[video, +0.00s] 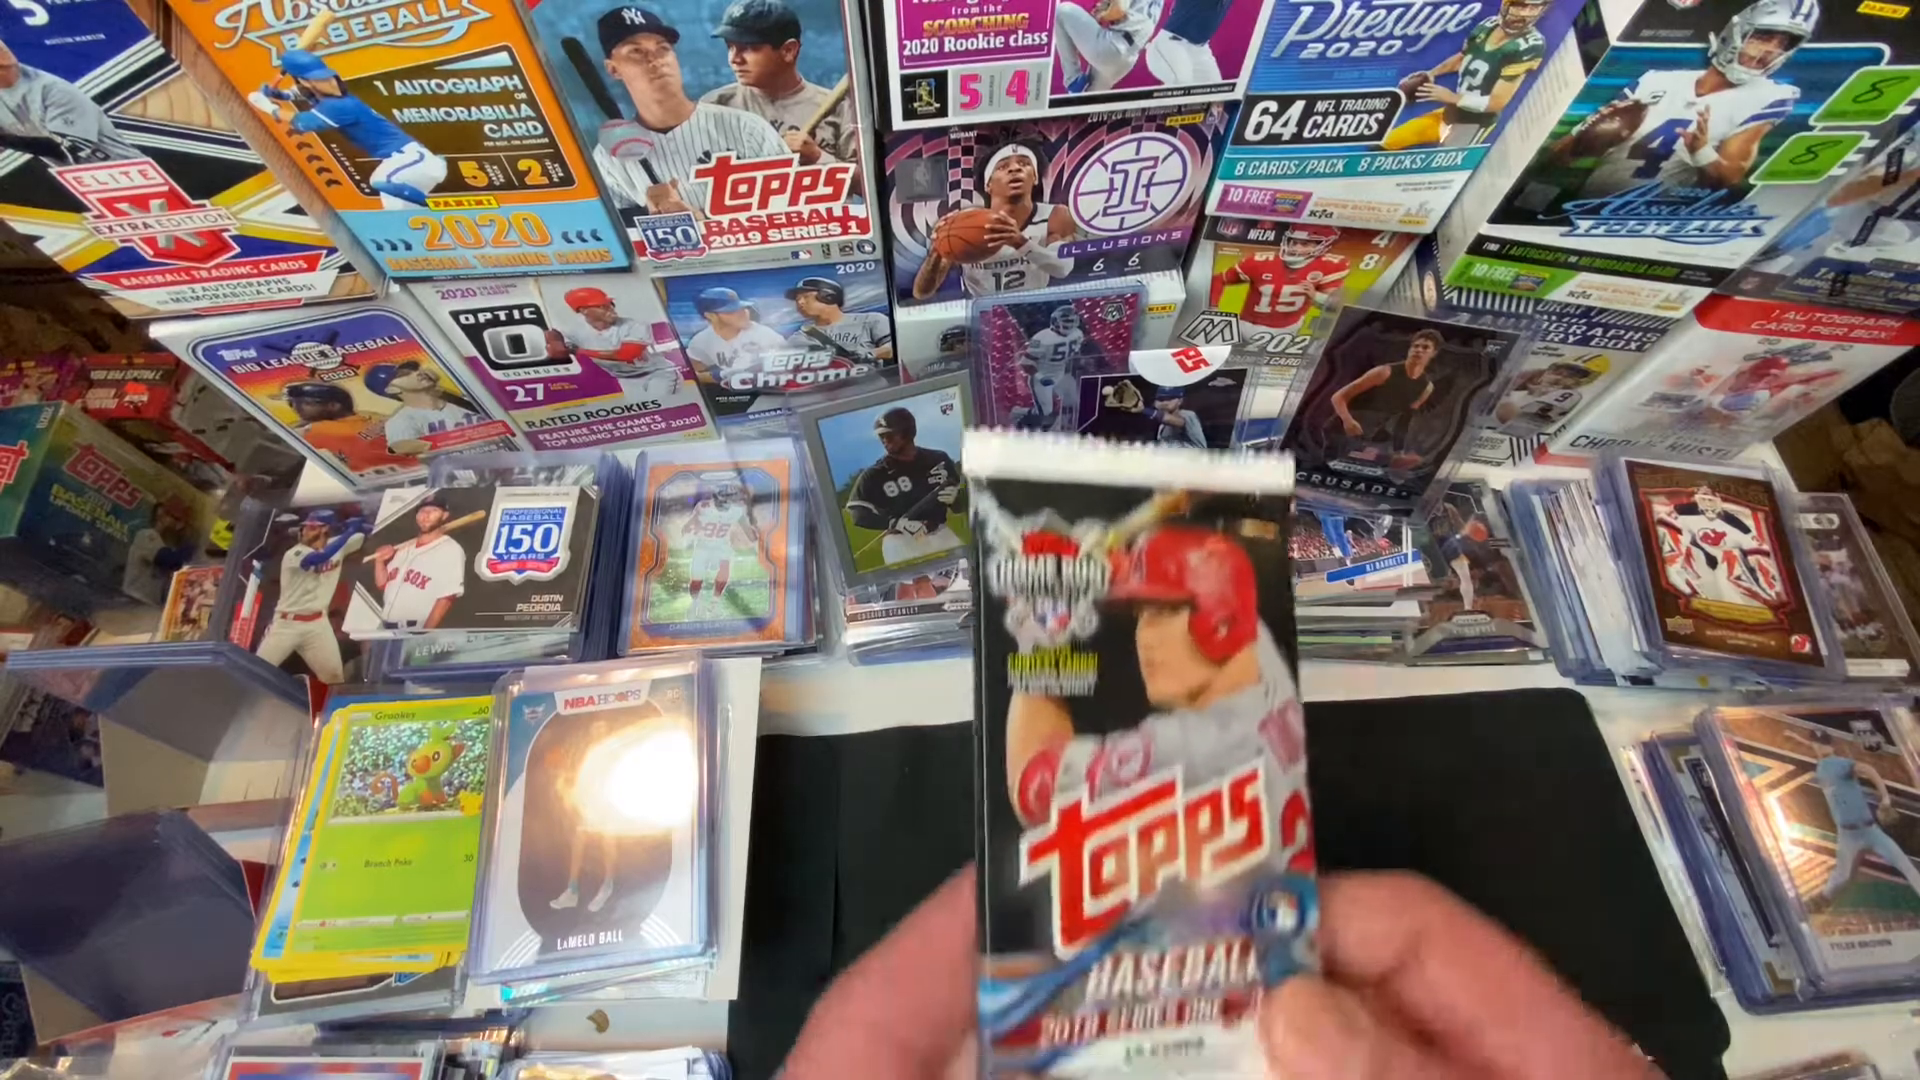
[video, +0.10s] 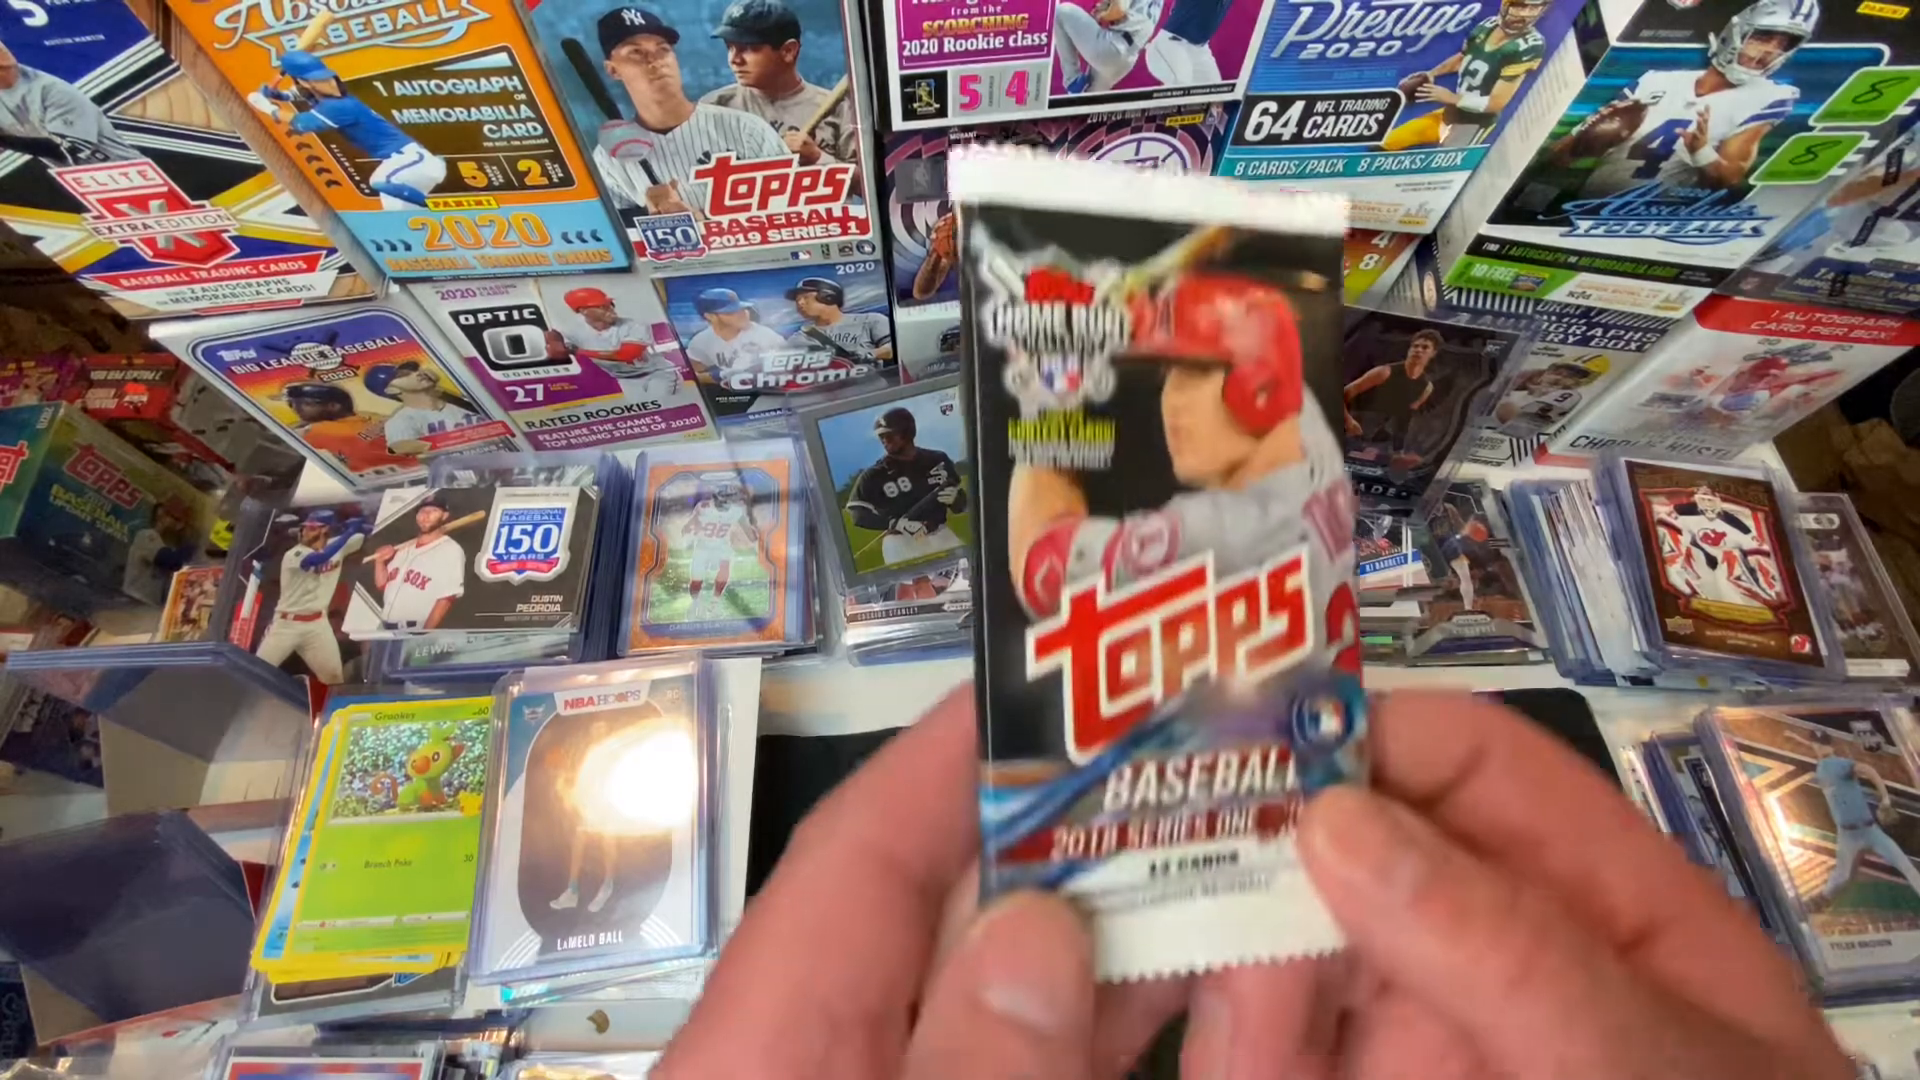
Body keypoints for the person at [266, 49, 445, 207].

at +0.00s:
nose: (331, 78)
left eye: (328, 75)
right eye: (324, 77)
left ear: (309, 83)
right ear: (307, 83)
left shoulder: (340, 106)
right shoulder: (332, 102)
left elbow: (300, 122)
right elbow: (300, 93)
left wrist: (269, 107)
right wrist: (275, 93)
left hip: (413, 158)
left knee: (380, 179)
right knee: (397, 218)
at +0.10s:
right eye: (323, 78)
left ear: (307, 83)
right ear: (308, 84)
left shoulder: (342, 106)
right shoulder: (331, 103)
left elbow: (299, 122)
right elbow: (299, 94)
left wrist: (268, 108)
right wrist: (275, 94)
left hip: (414, 159)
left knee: (380, 179)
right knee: (398, 221)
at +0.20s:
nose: (301, 87)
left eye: (302, 82)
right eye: (319, 77)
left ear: (308, 83)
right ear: (309, 82)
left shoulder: (342, 106)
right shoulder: (333, 101)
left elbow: (299, 122)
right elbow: (304, 92)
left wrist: (271, 109)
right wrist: (278, 94)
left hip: (414, 159)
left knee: (380, 178)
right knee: (398, 221)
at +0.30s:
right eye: (322, 79)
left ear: (311, 84)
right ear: (309, 84)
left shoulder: (343, 107)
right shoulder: (331, 102)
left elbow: (298, 123)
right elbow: (302, 92)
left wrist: (271, 109)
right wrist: (277, 94)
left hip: (415, 159)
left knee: (381, 180)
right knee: (397, 221)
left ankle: (434, 214)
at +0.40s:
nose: (330, 80)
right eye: (321, 78)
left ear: (310, 83)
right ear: (309, 83)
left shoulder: (342, 106)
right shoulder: (331, 101)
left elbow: (298, 123)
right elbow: (302, 92)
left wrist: (271, 109)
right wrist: (278, 94)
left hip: (415, 158)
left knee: (380, 179)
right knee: (398, 221)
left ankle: (433, 214)